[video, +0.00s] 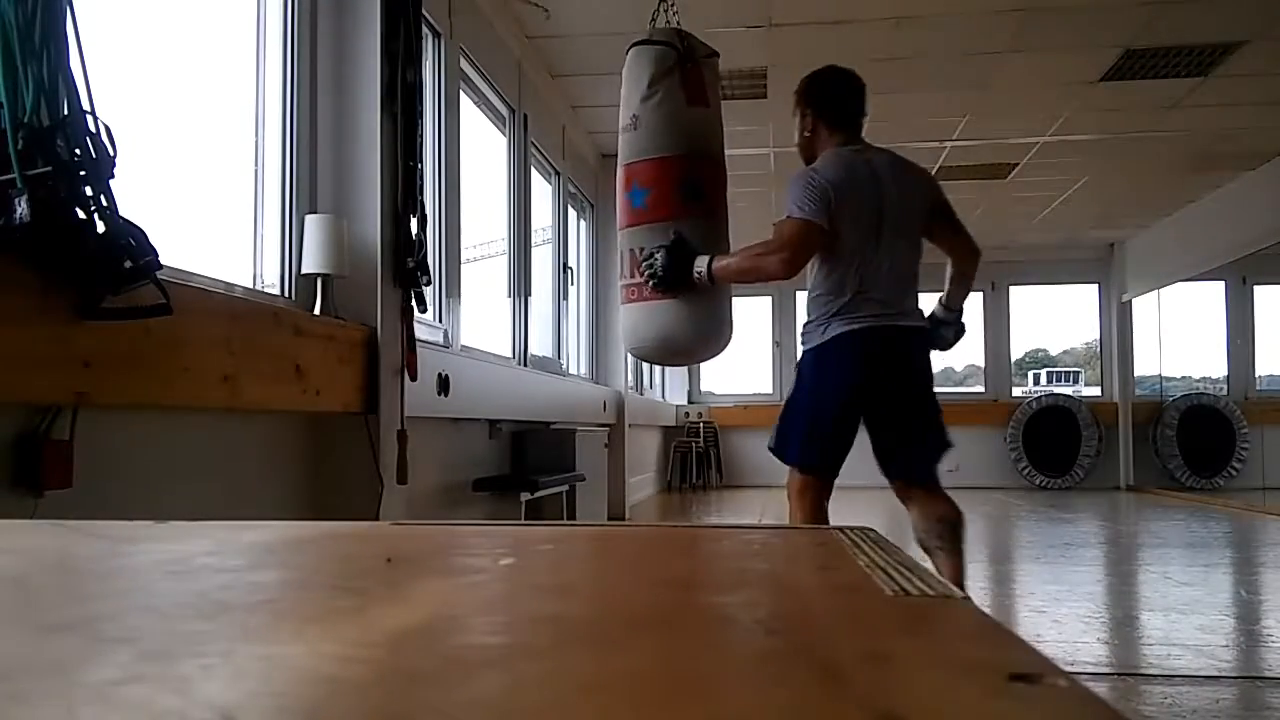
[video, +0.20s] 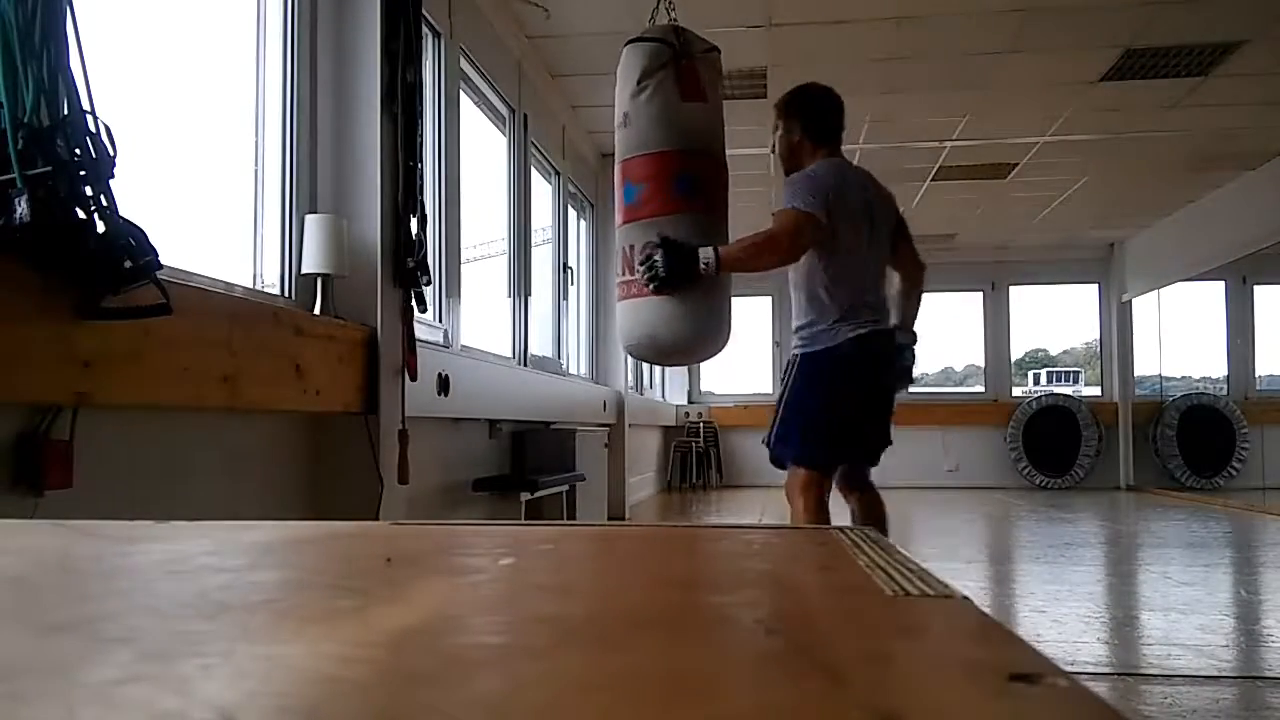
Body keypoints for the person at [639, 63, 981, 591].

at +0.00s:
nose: (795, 130)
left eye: (797, 117)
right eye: (796, 117)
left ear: (812, 119)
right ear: (858, 117)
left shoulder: (818, 180)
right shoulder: (912, 177)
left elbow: (782, 260)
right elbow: (966, 253)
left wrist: (697, 268)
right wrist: (951, 310)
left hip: (840, 349)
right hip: (905, 346)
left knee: (808, 487)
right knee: (917, 483)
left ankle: (813, 614)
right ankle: (954, 600)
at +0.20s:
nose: (772, 144)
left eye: (777, 131)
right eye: (774, 132)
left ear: (799, 134)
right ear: (833, 134)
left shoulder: (808, 183)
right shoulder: (874, 190)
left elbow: (786, 244)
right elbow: (911, 269)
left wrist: (700, 258)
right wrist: (903, 333)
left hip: (829, 352)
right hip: (878, 349)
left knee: (805, 487)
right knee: (855, 481)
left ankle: (821, 596)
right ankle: (882, 588)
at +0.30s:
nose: (771, 154)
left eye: (776, 142)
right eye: (773, 143)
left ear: (802, 143)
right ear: (822, 145)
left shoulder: (820, 189)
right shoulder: (858, 197)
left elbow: (803, 242)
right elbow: (883, 281)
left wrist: (730, 263)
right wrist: (858, 326)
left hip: (826, 355)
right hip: (861, 353)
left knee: (801, 485)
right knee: (838, 481)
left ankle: (818, 583)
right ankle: (850, 583)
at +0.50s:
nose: (778, 167)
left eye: (786, 156)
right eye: (780, 157)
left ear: (814, 160)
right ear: (812, 162)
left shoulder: (844, 203)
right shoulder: (818, 217)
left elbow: (880, 266)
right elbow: (815, 297)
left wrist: (845, 308)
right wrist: (790, 349)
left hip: (845, 362)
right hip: (825, 363)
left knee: (815, 475)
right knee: (815, 477)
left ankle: (835, 580)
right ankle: (841, 574)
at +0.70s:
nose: (805, 167)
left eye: (814, 156)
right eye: (806, 157)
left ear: (845, 161)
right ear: (837, 163)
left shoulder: (879, 208)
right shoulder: (818, 230)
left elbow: (919, 271)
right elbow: (815, 295)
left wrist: (888, 321)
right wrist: (787, 345)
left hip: (869, 364)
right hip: (825, 369)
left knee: (867, 478)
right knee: (826, 481)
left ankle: (912, 577)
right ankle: (840, 584)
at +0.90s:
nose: (860, 175)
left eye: (870, 166)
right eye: (858, 166)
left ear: (900, 172)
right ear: (858, 171)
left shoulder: (924, 226)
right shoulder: (850, 232)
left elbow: (949, 293)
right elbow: (850, 302)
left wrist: (900, 315)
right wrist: (833, 354)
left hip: (904, 377)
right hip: (849, 375)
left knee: (937, 481)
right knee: (836, 481)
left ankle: (978, 583)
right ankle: (840, 591)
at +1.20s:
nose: (913, 176)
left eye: (923, 167)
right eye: (909, 168)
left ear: (951, 173)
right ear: (905, 174)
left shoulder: (976, 240)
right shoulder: (895, 230)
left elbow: (992, 312)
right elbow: (886, 290)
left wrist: (943, 316)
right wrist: (867, 339)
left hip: (943, 374)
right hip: (890, 372)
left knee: (966, 484)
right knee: (878, 472)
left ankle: (981, 594)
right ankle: (899, 581)